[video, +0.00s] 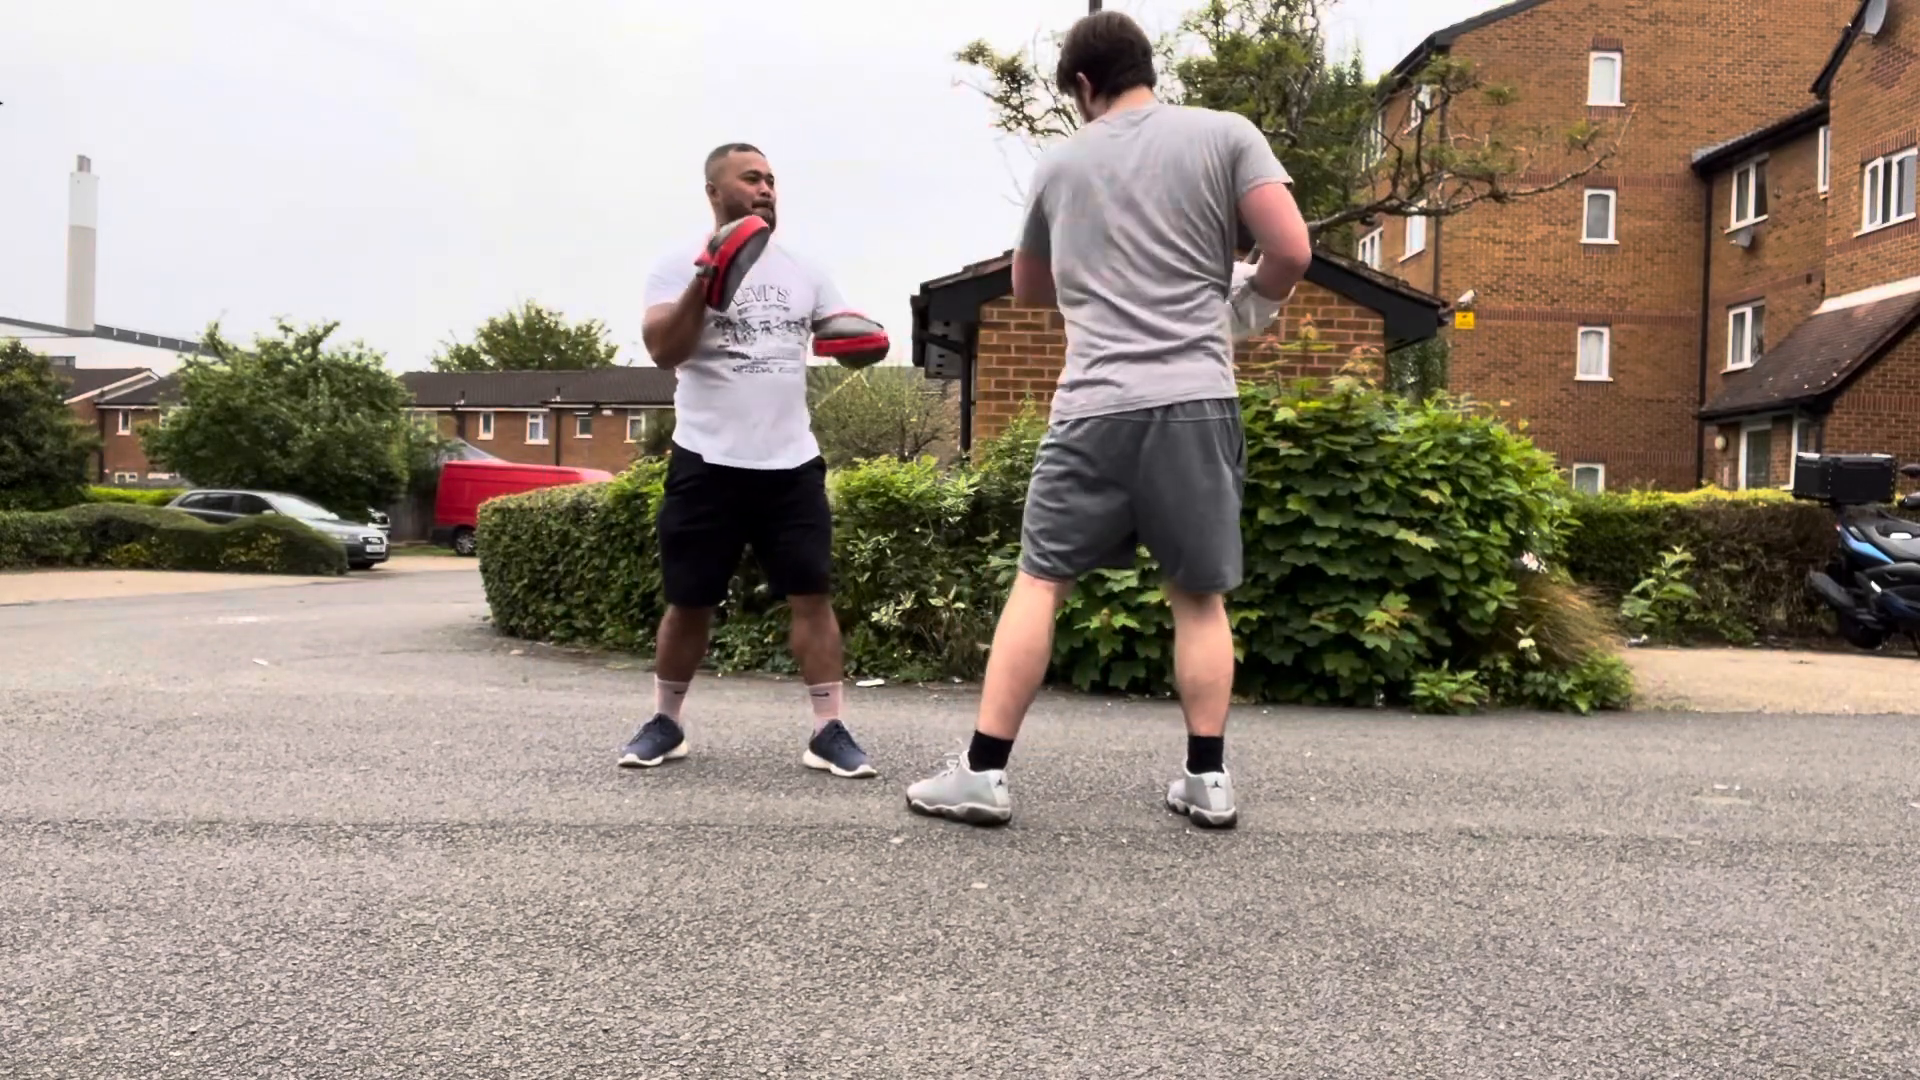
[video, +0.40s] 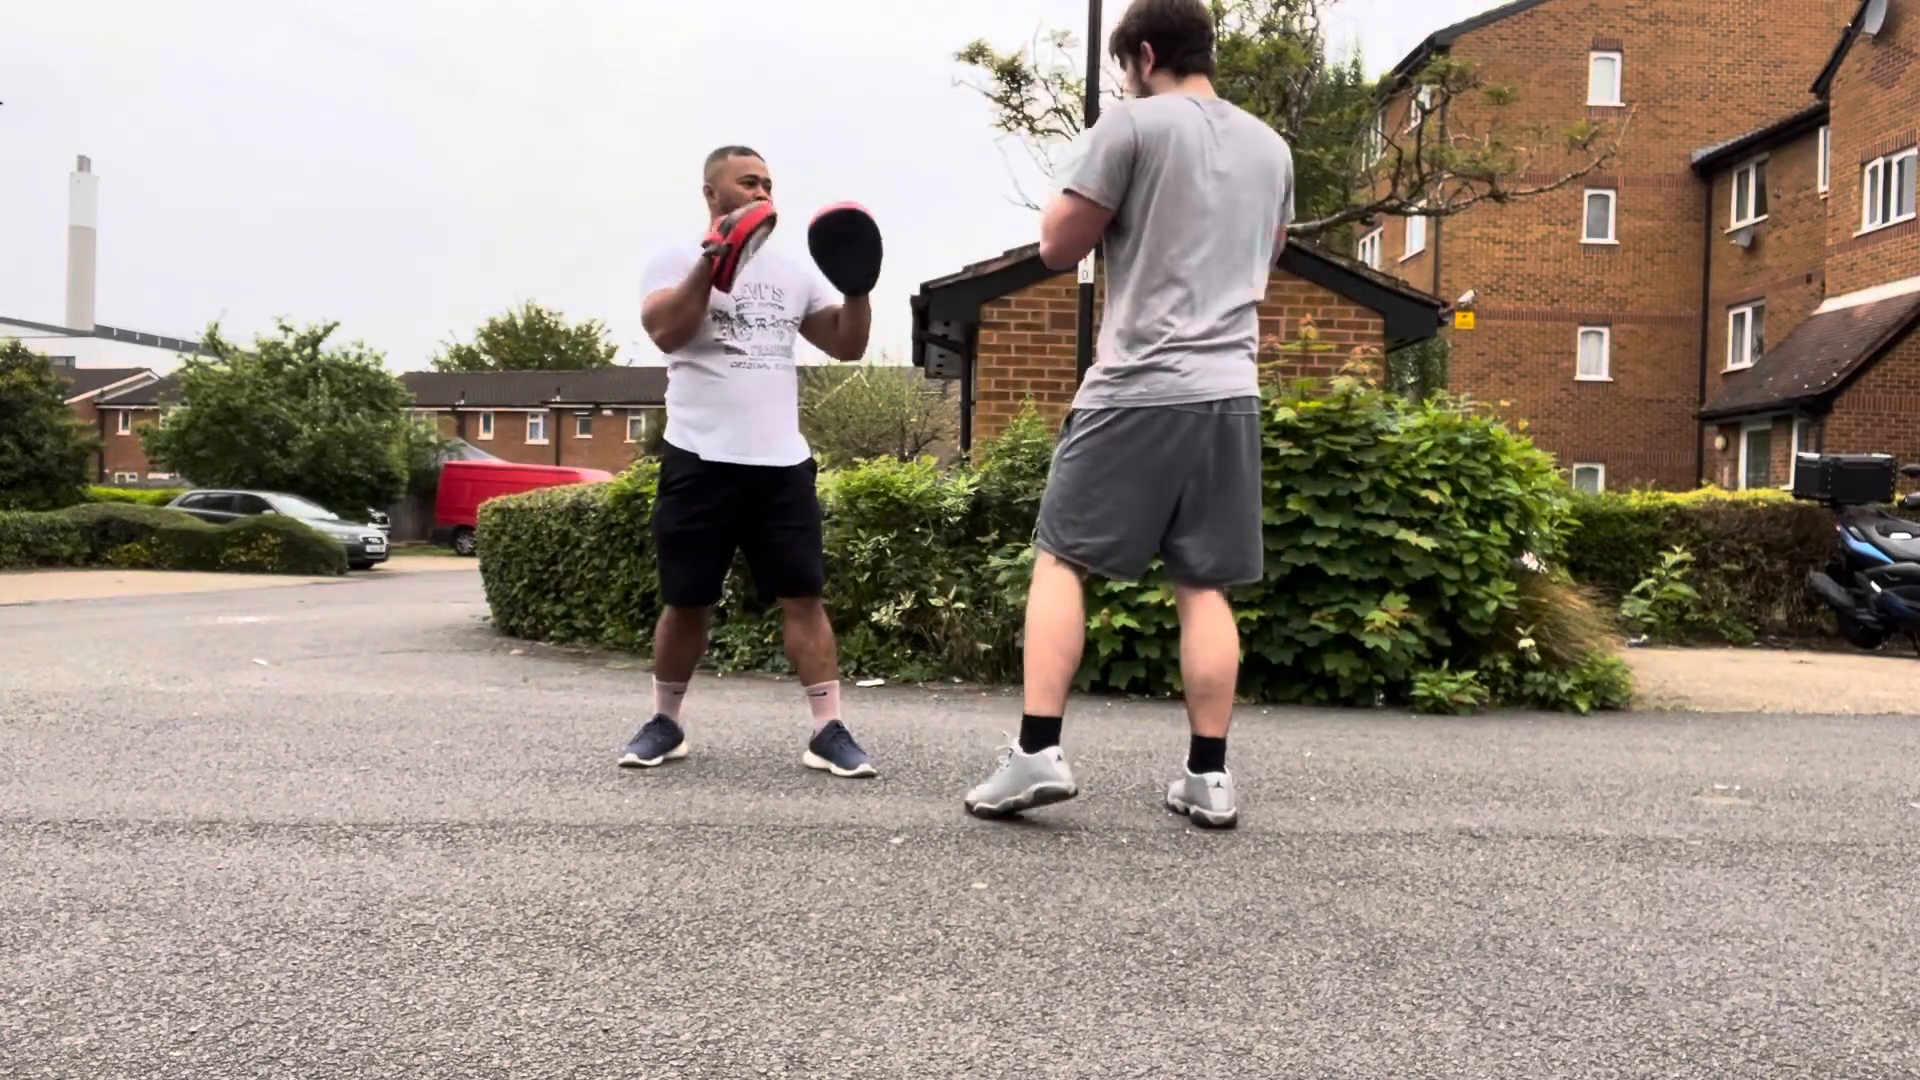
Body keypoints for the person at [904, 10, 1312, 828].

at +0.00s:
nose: (1073, 104)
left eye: (1069, 93)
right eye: (1073, 94)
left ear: (1082, 86)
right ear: (1149, 73)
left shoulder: (1060, 165)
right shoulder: (1225, 133)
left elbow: (1030, 289)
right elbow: (1290, 249)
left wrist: (1110, 271)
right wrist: (1257, 294)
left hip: (1091, 407)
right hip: (1196, 404)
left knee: (1039, 580)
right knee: (1199, 597)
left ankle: (983, 771)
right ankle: (1208, 780)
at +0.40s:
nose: (1122, 84)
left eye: (1122, 71)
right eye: (1119, 73)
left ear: (1145, 57)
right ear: (1210, 57)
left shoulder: (1129, 125)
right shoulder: (1271, 145)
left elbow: (1059, 249)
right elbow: (1266, 257)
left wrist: (1070, 197)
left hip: (1132, 395)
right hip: (1230, 400)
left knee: (1059, 559)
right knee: (1204, 582)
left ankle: (1037, 753)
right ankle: (1210, 779)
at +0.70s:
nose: (1104, 84)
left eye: (1102, 72)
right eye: (1101, 75)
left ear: (1123, 56)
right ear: (1186, 57)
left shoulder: (1120, 113)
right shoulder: (1241, 140)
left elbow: (1040, 226)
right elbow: (1224, 243)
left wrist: (1057, 162)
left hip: (1123, 397)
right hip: (1217, 399)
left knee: (1049, 570)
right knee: (1196, 587)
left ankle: (1000, 769)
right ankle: (1208, 780)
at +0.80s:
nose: (1071, 86)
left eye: (1069, 74)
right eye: (1071, 75)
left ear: (1087, 62)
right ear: (1155, 61)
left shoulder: (1080, 118)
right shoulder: (1218, 137)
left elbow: (1006, 235)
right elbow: (1195, 232)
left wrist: (1025, 161)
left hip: (1096, 398)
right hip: (1197, 397)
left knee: (1045, 581)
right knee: (1186, 590)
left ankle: (1001, 783)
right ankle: (1206, 778)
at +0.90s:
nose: (1047, 82)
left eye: (1046, 71)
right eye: (1049, 72)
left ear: (1063, 62)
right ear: (1131, 57)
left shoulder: (1049, 117)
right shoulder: (1199, 133)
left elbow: (984, 237)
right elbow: (1178, 230)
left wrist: (1029, 170)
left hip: (1089, 392)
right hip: (1189, 389)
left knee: (1034, 582)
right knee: (1183, 587)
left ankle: (1001, 783)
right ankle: (1210, 776)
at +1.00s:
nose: (1041, 84)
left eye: (1039, 73)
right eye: (1040, 74)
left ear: (1056, 62)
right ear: (1126, 56)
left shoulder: (1041, 118)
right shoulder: (1194, 132)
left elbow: (977, 241)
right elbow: (1164, 230)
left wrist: (1023, 162)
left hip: (1078, 397)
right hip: (1183, 392)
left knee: (1026, 582)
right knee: (1184, 578)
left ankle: (1001, 784)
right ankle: (1231, 764)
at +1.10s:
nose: (1041, 85)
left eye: (1040, 73)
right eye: (1039, 75)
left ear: (1059, 63)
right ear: (1130, 58)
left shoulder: (1041, 122)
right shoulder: (1196, 134)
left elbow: (977, 246)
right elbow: (1164, 231)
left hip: (1075, 400)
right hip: (1181, 395)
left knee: (1020, 584)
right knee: (1191, 581)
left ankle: (1001, 783)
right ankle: (1249, 767)